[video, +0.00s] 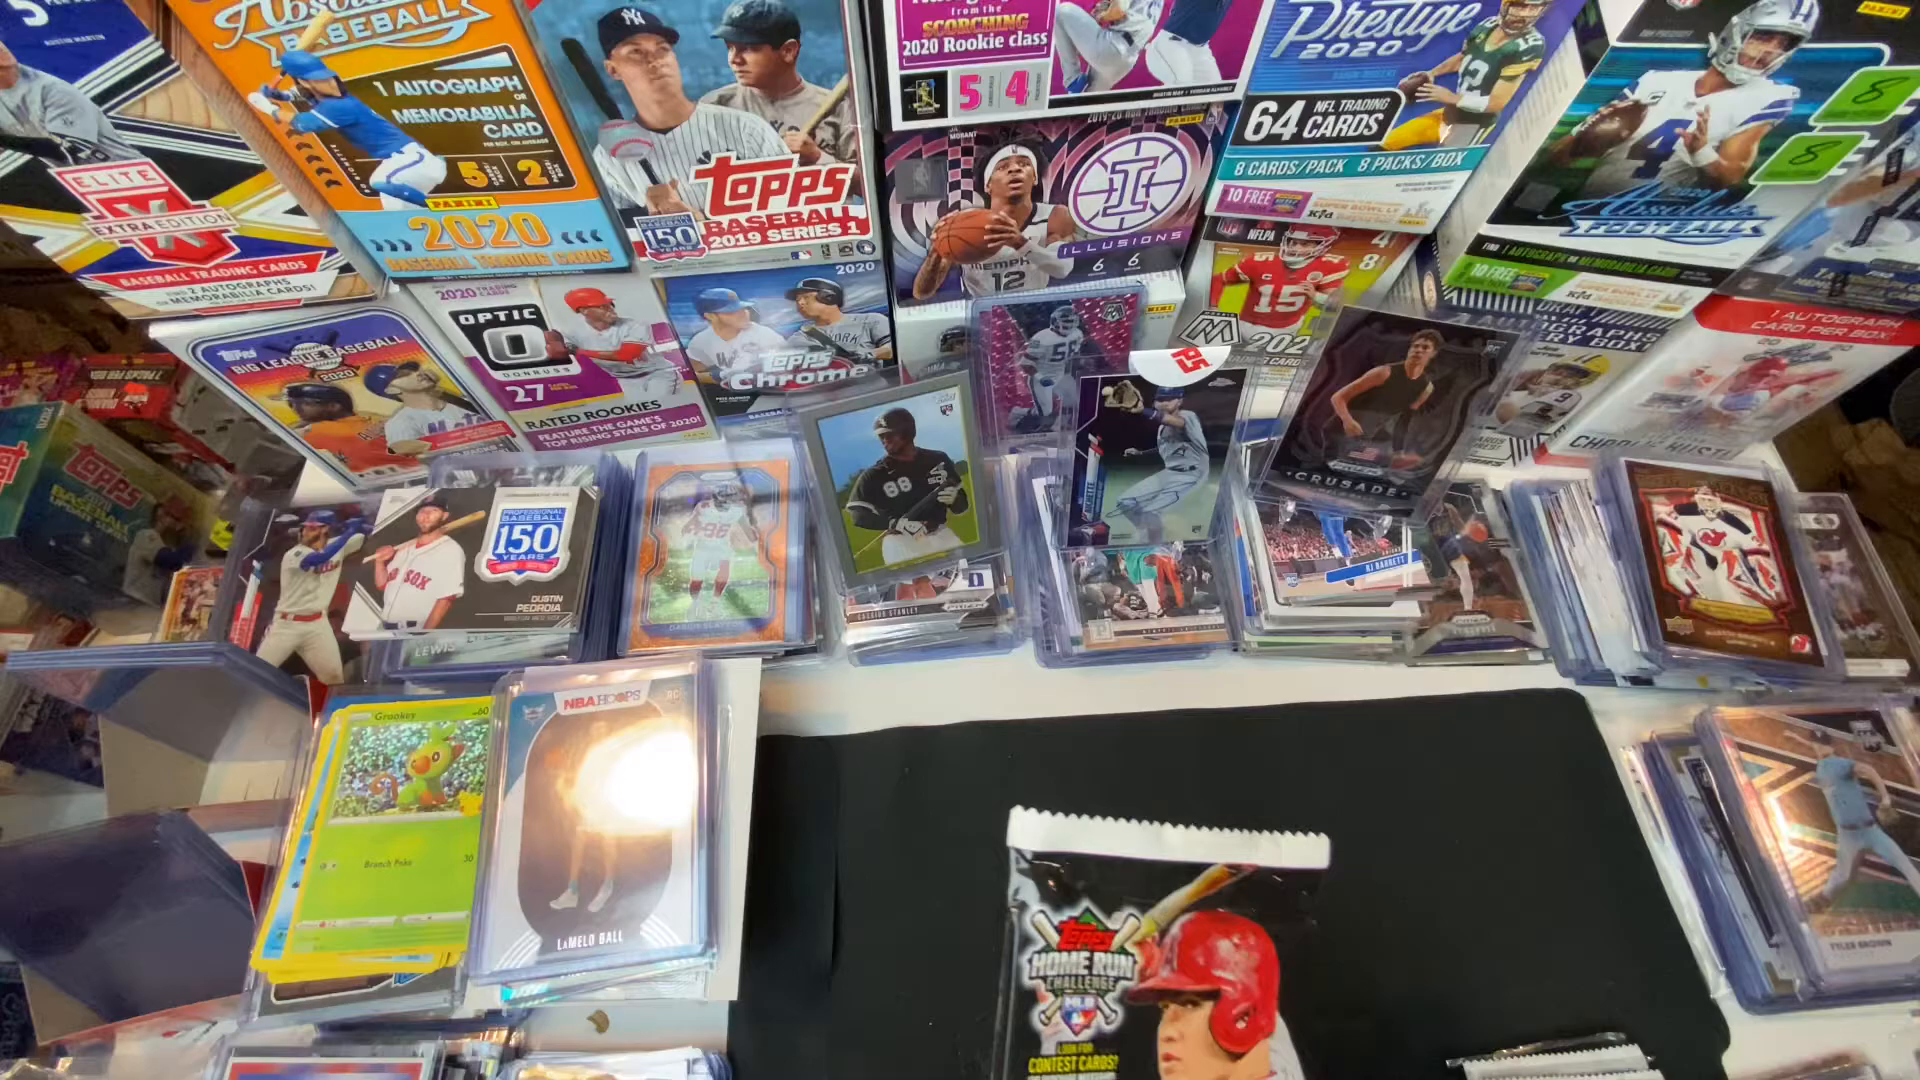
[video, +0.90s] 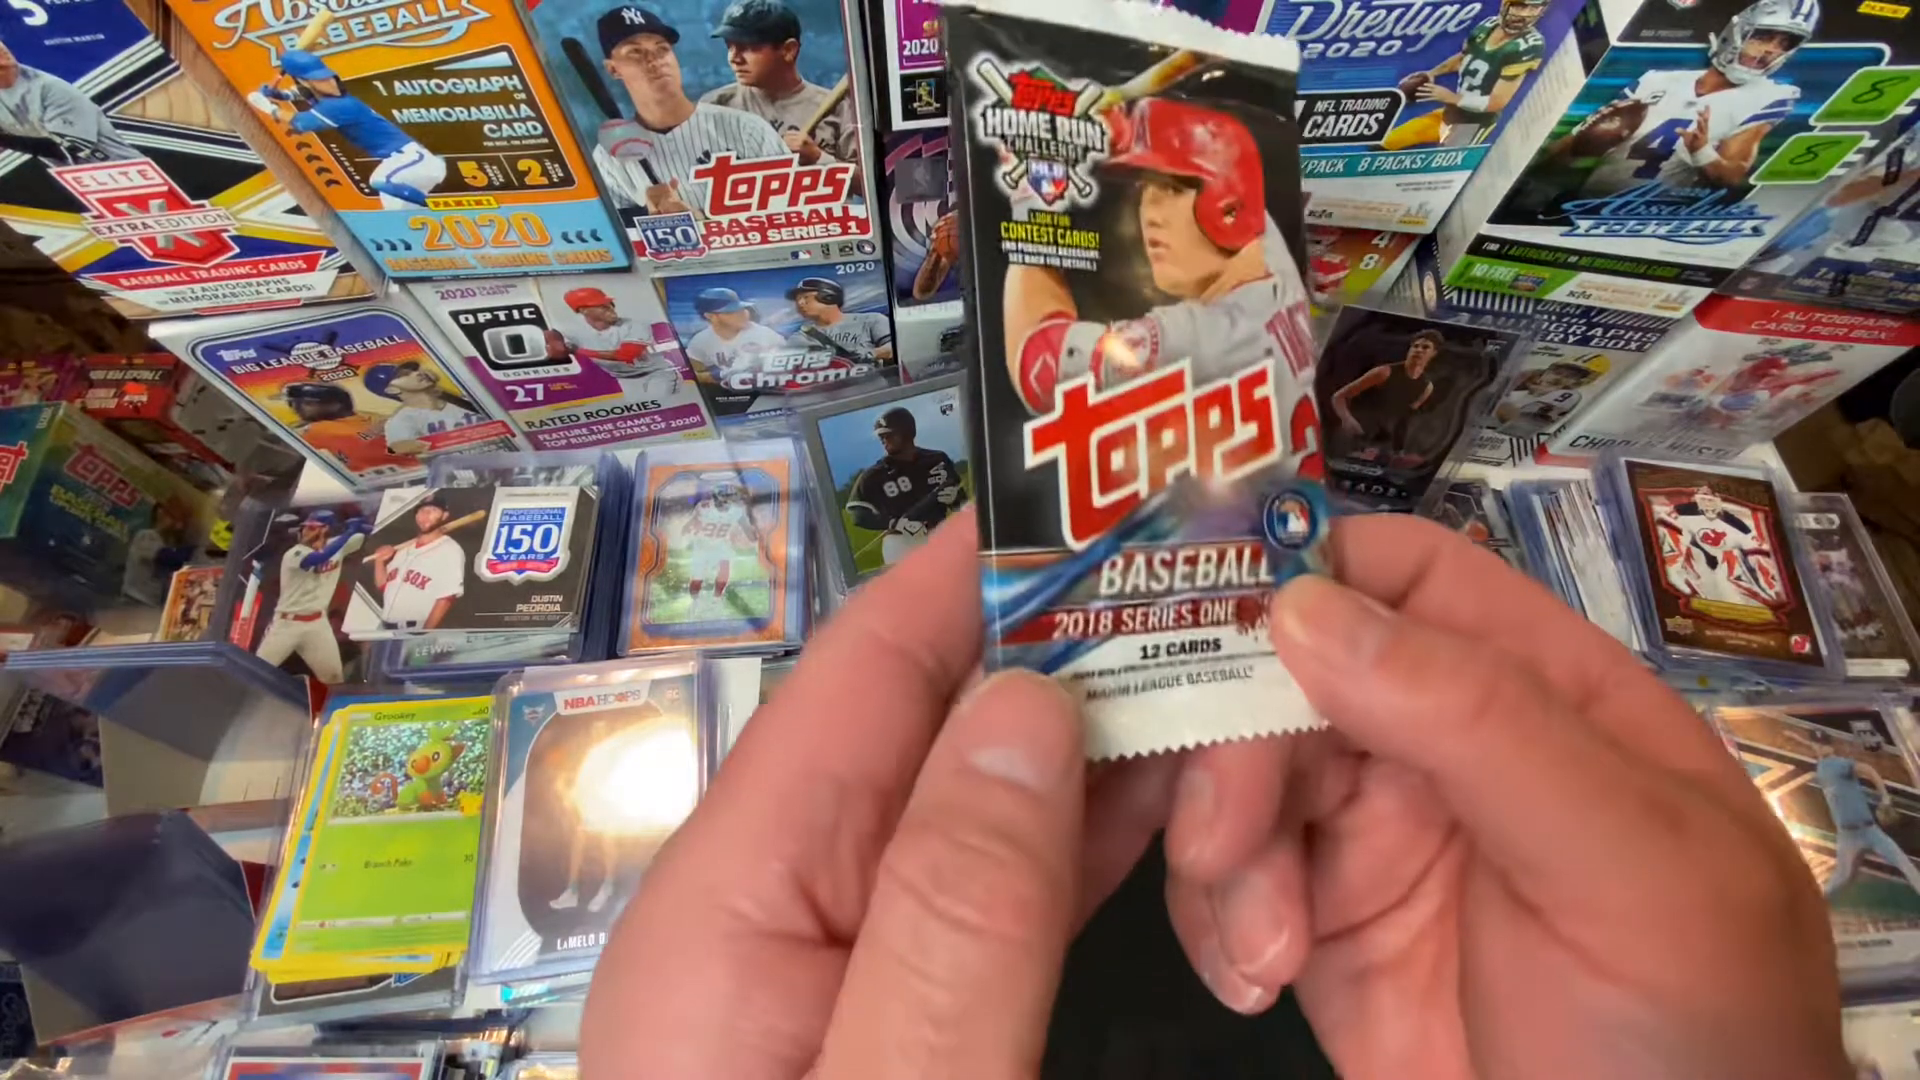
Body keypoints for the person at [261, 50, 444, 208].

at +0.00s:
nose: (300, 87)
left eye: (300, 83)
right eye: (301, 83)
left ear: (307, 84)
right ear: (311, 82)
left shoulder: (342, 107)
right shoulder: (332, 102)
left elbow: (299, 123)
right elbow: (301, 93)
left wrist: (269, 109)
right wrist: (276, 95)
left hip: (414, 159)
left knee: (380, 179)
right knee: (398, 220)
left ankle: (433, 218)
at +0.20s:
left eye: (302, 81)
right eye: (322, 76)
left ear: (308, 82)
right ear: (308, 82)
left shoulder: (341, 105)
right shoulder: (332, 101)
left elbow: (299, 121)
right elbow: (301, 92)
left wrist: (269, 107)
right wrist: (276, 93)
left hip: (414, 157)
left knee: (380, 178)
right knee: (396, 219)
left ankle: (435, 215)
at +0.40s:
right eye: (322, 78)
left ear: (309, 83)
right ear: (308, 83)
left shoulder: (341, 106)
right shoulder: (332, 103)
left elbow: (299, 122)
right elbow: (301, 93)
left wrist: (269, 108)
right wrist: (276, 94)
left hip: (413, 158)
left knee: (379, 179)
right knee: (397, 219)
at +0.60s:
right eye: (323, 78)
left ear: (307, 83)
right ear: (308, 84)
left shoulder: (342, 106)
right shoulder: (331, 103)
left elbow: (299, 122)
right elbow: (299, 94)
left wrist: (268, 108)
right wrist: (275, 94)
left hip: (414, 159)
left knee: (380, 179)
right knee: (398, 221)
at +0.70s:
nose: (301, 87)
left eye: (302, 82)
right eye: (319, 77)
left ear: (308, 83)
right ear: (309, 82)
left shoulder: (342, 106)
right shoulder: (333, 101)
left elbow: (299, 122)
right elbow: (304, 92)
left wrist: (271, 109)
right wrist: (278, 94)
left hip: (414, 159)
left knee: (380, 178)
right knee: (398, 221)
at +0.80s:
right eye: (322, 79)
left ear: (311, 84)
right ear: (309, 84)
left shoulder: (343, 107)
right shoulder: (331, 102)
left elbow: (298, 123)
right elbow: (302, 92)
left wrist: (271, 109)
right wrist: (277, 94)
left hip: (415, 159)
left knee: (381, 180)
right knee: (397, 221)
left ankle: (434, 214)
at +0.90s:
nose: (330, 80)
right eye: (321, 78)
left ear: (310, 83)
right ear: (309, 83)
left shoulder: (342, 106)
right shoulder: (331, 101)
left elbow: (298, 123)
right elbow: (302, 92)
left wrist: (271, 109)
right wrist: (278, 94)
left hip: (415, 158)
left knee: (380, 179)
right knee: (398, 221)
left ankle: (433, 214)